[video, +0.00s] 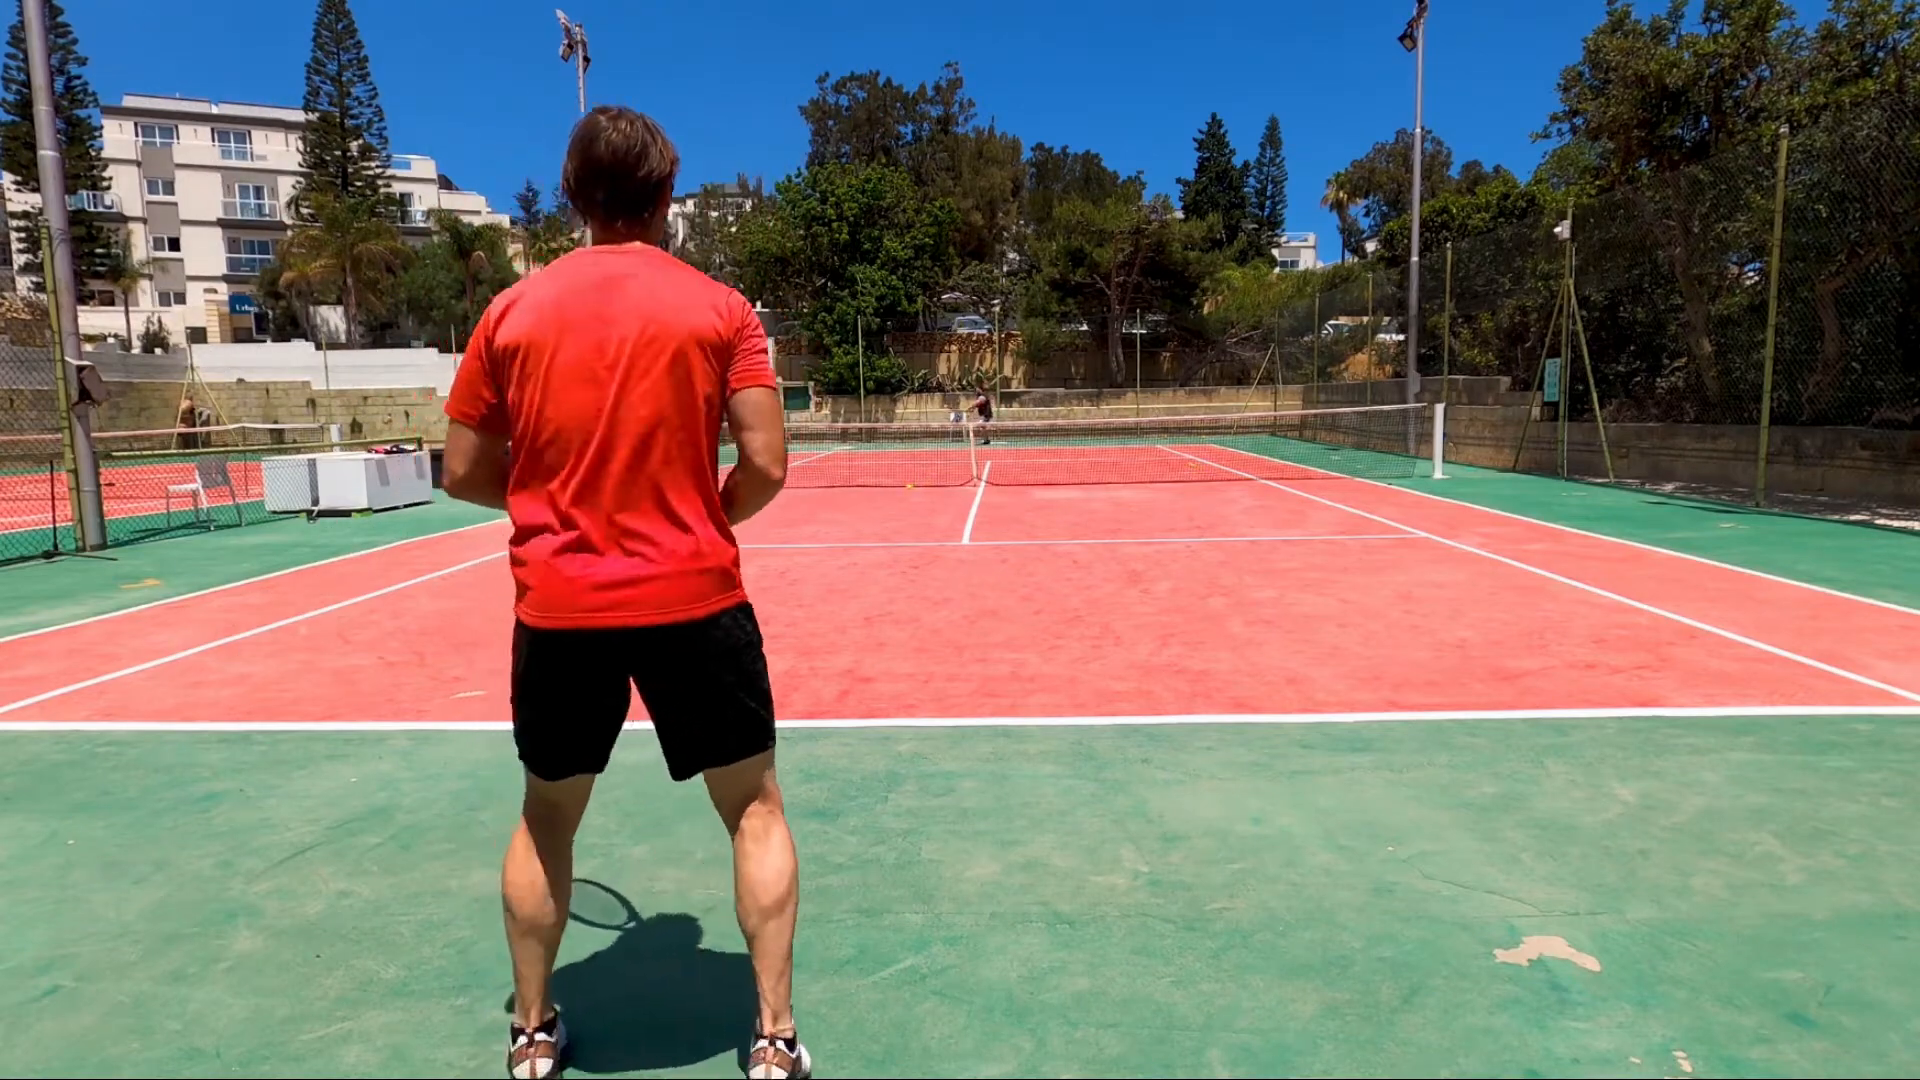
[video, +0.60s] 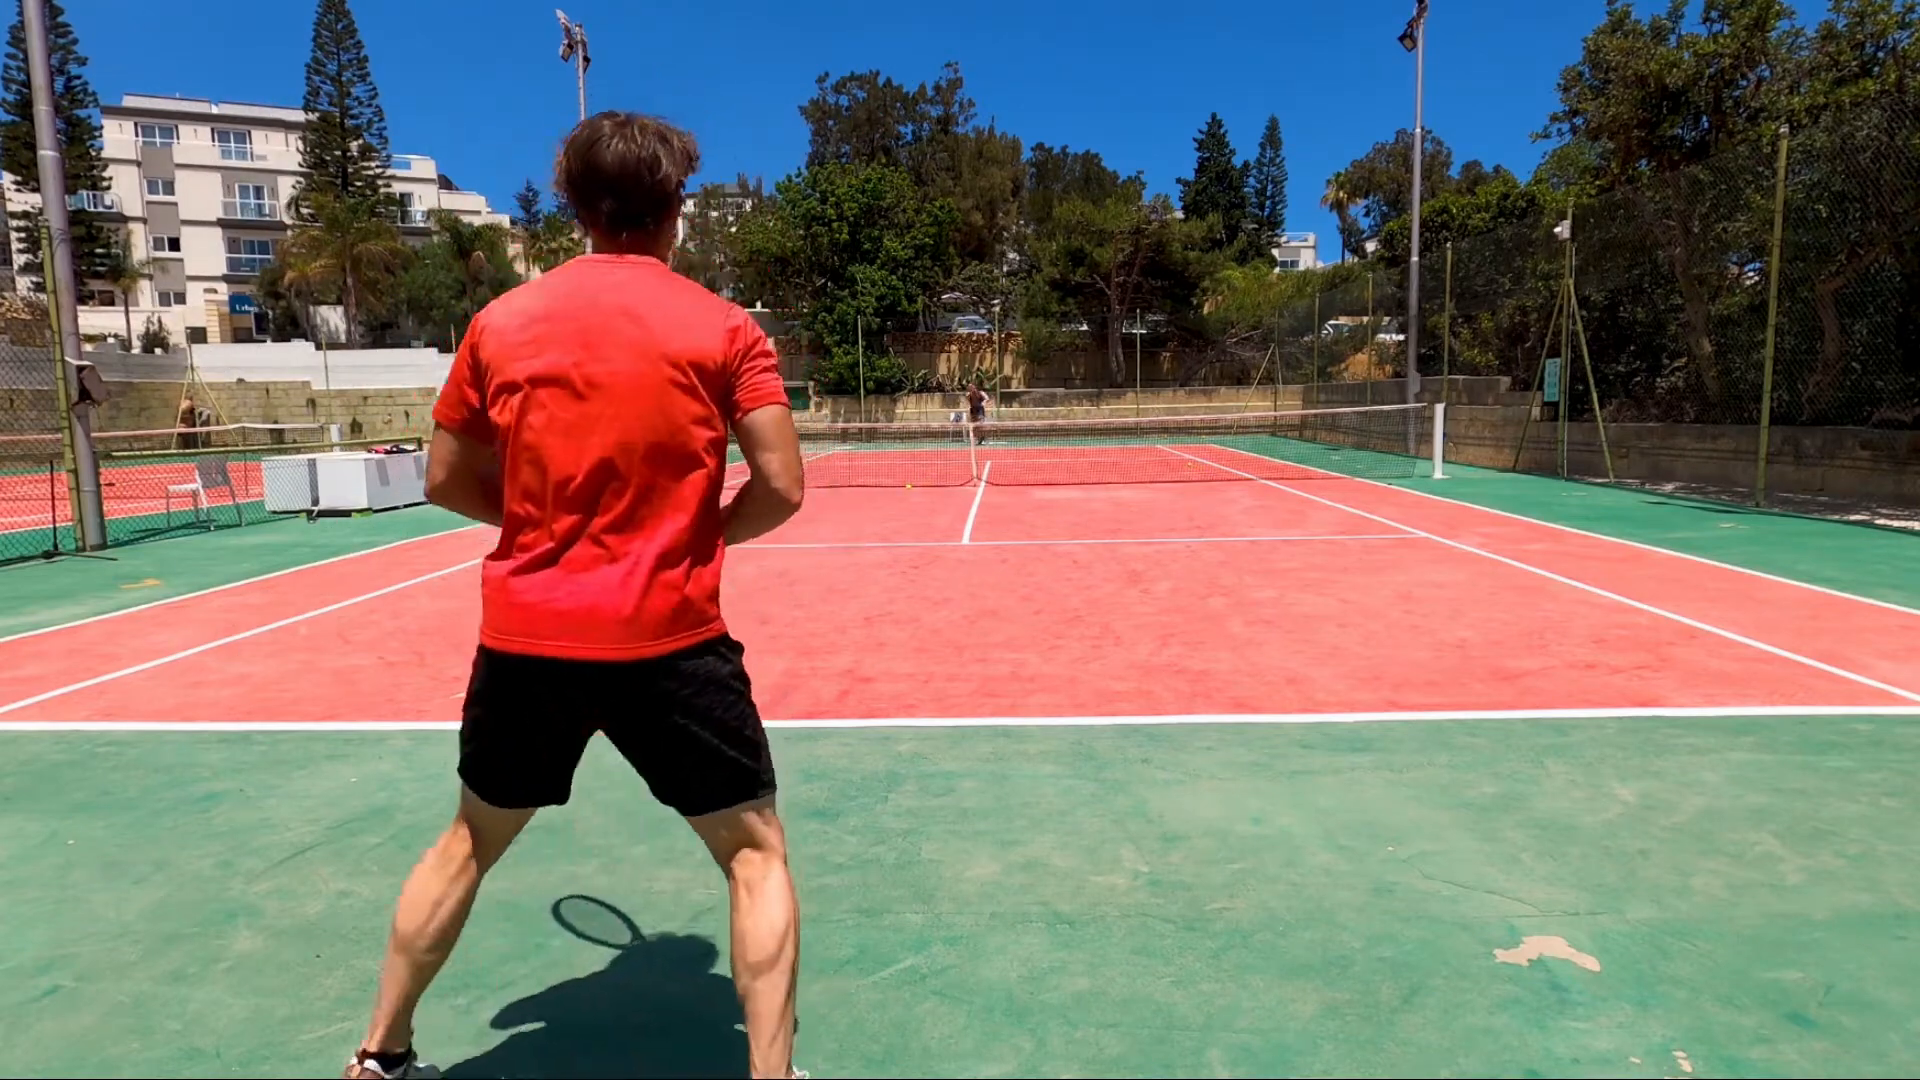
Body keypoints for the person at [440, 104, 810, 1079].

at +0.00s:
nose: (667, 206)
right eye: (668, 192)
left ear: (574, 196)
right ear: (667, 198)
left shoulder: (514, 310)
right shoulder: (719, 308)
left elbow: (465, 471)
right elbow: (765, 465)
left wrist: (559, 471)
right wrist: (708, 517)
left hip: (561, 613)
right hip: (694, 606)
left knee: (547, 818)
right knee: (753, 803)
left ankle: (532, 1030)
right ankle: (774, 1033)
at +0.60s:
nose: (682, 211)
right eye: (680, 198)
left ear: (577, 209)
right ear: (672, 210)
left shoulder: (502, 323)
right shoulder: (719, 324)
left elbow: (450, 481)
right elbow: (779, 484)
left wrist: (546, 509)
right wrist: (699, 530)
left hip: (527, 642)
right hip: (667, 642)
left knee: (469, 838)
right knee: (751, 851)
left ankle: (378, 1052)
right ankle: (771, 1070)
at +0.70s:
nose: (676, 287)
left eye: (669, 271)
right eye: (673, 273)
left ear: (568, 283)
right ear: (663, 285)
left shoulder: (498, 389)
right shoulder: (689, 397)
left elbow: (449, 554)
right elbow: (752, 566)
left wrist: (545, 578)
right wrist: (695, 615)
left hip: (498, 708)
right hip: (637, 710)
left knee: (457, 877)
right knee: (769, 865)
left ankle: (362, 1069)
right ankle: (764, 1072)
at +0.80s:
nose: (695, 322)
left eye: (689, 306)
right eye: (693, 308)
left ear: (589, 316)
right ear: (682, 320)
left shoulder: (522, 426)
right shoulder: (686, 434)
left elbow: (520, 575)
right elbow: (735, 608)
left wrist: (669, 617)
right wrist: (731, 654)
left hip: (488, 740)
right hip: (620, 742)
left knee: (463, 880)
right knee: (810, 860)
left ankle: (360, 1068)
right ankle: (763, 1072)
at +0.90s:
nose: (757, 323)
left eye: (755, 309)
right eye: (754, 309)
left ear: (657, 316)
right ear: (743, 318)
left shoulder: (598, 414)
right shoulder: (732, 426)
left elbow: (597, 596)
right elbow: (763, 607)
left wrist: (718, 642)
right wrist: (788, 672)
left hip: (526, 733)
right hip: (651, 740)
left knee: (491, 891)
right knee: (847, 867)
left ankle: (363, 1070)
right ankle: (785, 1072)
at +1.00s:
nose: (858, 286)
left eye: (853, 271)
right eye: (855, 272)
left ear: (758, 277)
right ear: (843, 282)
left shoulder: (705, 377)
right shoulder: (823, 398)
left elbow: (707, 541)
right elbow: (835, 590)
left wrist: (808, 622)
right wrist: (886, 669)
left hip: (618, 701)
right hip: (725, 720)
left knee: (582, 881)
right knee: (876, 900)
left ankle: (402, 1053)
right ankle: (782, 1074)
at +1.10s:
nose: (959, 267)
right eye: (959, 251)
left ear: (859, 250)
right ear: (951, 263)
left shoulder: (809, 355)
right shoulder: (925, 370)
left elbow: (810, 524)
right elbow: (943, 571)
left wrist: (953, 572)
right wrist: (1016, 661)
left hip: (723, 690)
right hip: (814, 708)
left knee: (776, 866)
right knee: (898, 915)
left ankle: (581, 1001)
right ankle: (785, 1073)